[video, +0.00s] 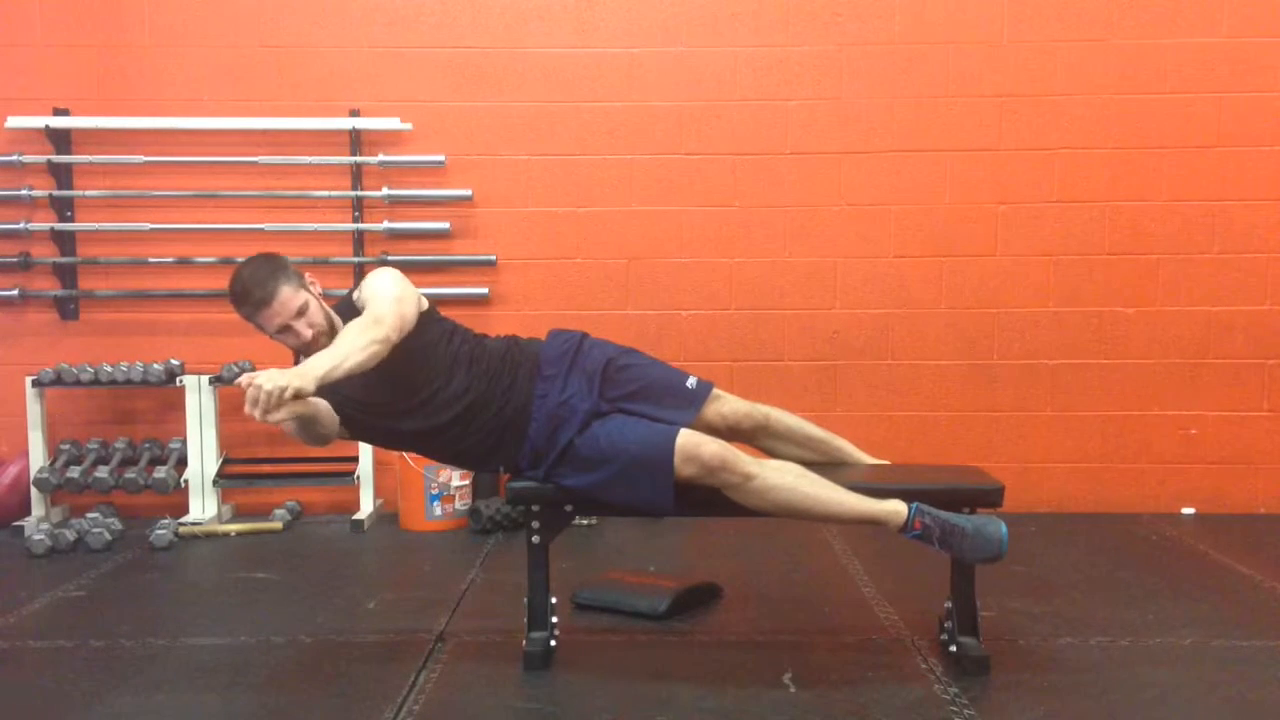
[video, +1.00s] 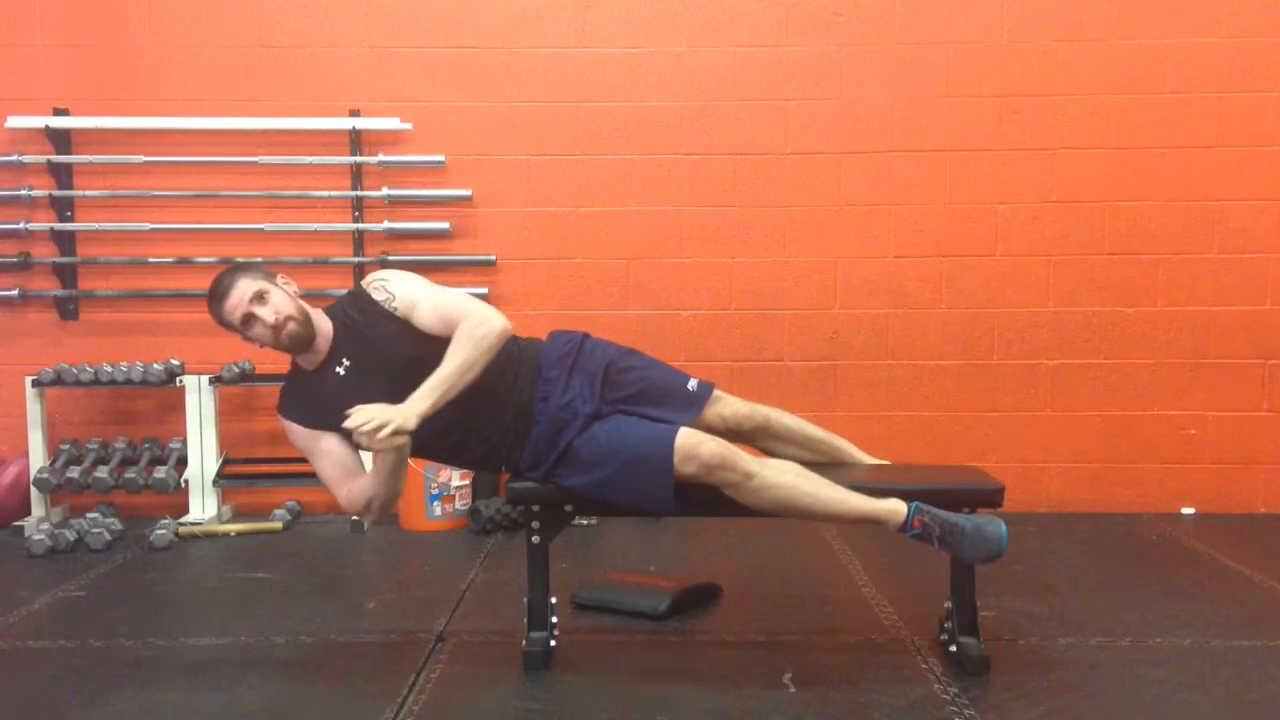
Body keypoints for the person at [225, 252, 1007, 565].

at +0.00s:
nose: (308, 318)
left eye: (304, 300)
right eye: (287, 324)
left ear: (316, 278)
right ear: (272, 335)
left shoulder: (376, 287)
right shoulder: (322, 395)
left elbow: (386, 328)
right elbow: (315, 421)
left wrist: (305, 374)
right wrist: (280, 406)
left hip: (567, 365)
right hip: (547, 447)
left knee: (735, 414)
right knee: (717, 463)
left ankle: (899, 484)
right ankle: (914, 521)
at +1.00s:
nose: (266, 316)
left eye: (261, 297)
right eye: (248, 322)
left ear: (288, 282)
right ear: (249, 344)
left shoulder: (375, 291)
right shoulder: (306, 411)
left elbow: (489, 325)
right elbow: (366, 505)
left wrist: (409, 407)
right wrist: (386, 444)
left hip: (572, 368)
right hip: (546, 450)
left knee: (742, 417)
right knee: (714, 461)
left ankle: (908, 492)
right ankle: (917, 521)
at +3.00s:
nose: (273, 324)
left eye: (270, 305)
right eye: (254, 326)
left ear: (293, 287)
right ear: (251, 345)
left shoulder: (369, 294)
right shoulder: (304, 408)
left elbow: (400, 317)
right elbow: (326, 419)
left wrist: (346, 359)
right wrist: (327, 387)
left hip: (565, 366)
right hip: (546, 450)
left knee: (737, 415)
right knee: (710, 457)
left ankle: (904, 492)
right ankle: (913, 521)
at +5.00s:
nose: (287, 328)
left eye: (285, 308)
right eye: (266, 329)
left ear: (303, 290)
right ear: (255, 345)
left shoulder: (369, 298)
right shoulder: (310, 412)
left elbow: (425, 337)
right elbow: (364, 501)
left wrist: (348, 405)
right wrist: (328, 440)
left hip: (565, 367)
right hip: (544, 449)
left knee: (737, 415)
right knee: (710, 455)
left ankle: (906, 493)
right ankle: (912, 521)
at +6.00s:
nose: (295, 327)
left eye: (294, 307)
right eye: (275, 326)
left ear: (312, 284)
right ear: (260, 337)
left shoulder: (368, 293)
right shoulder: (301, 400)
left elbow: (385, 321)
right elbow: (323, 420)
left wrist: (345, 360)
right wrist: (328, 399)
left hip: (568, 365)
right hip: (548, 446)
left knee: (737, 415)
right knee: (708, 454)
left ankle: (909, 491)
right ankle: (912, 520)